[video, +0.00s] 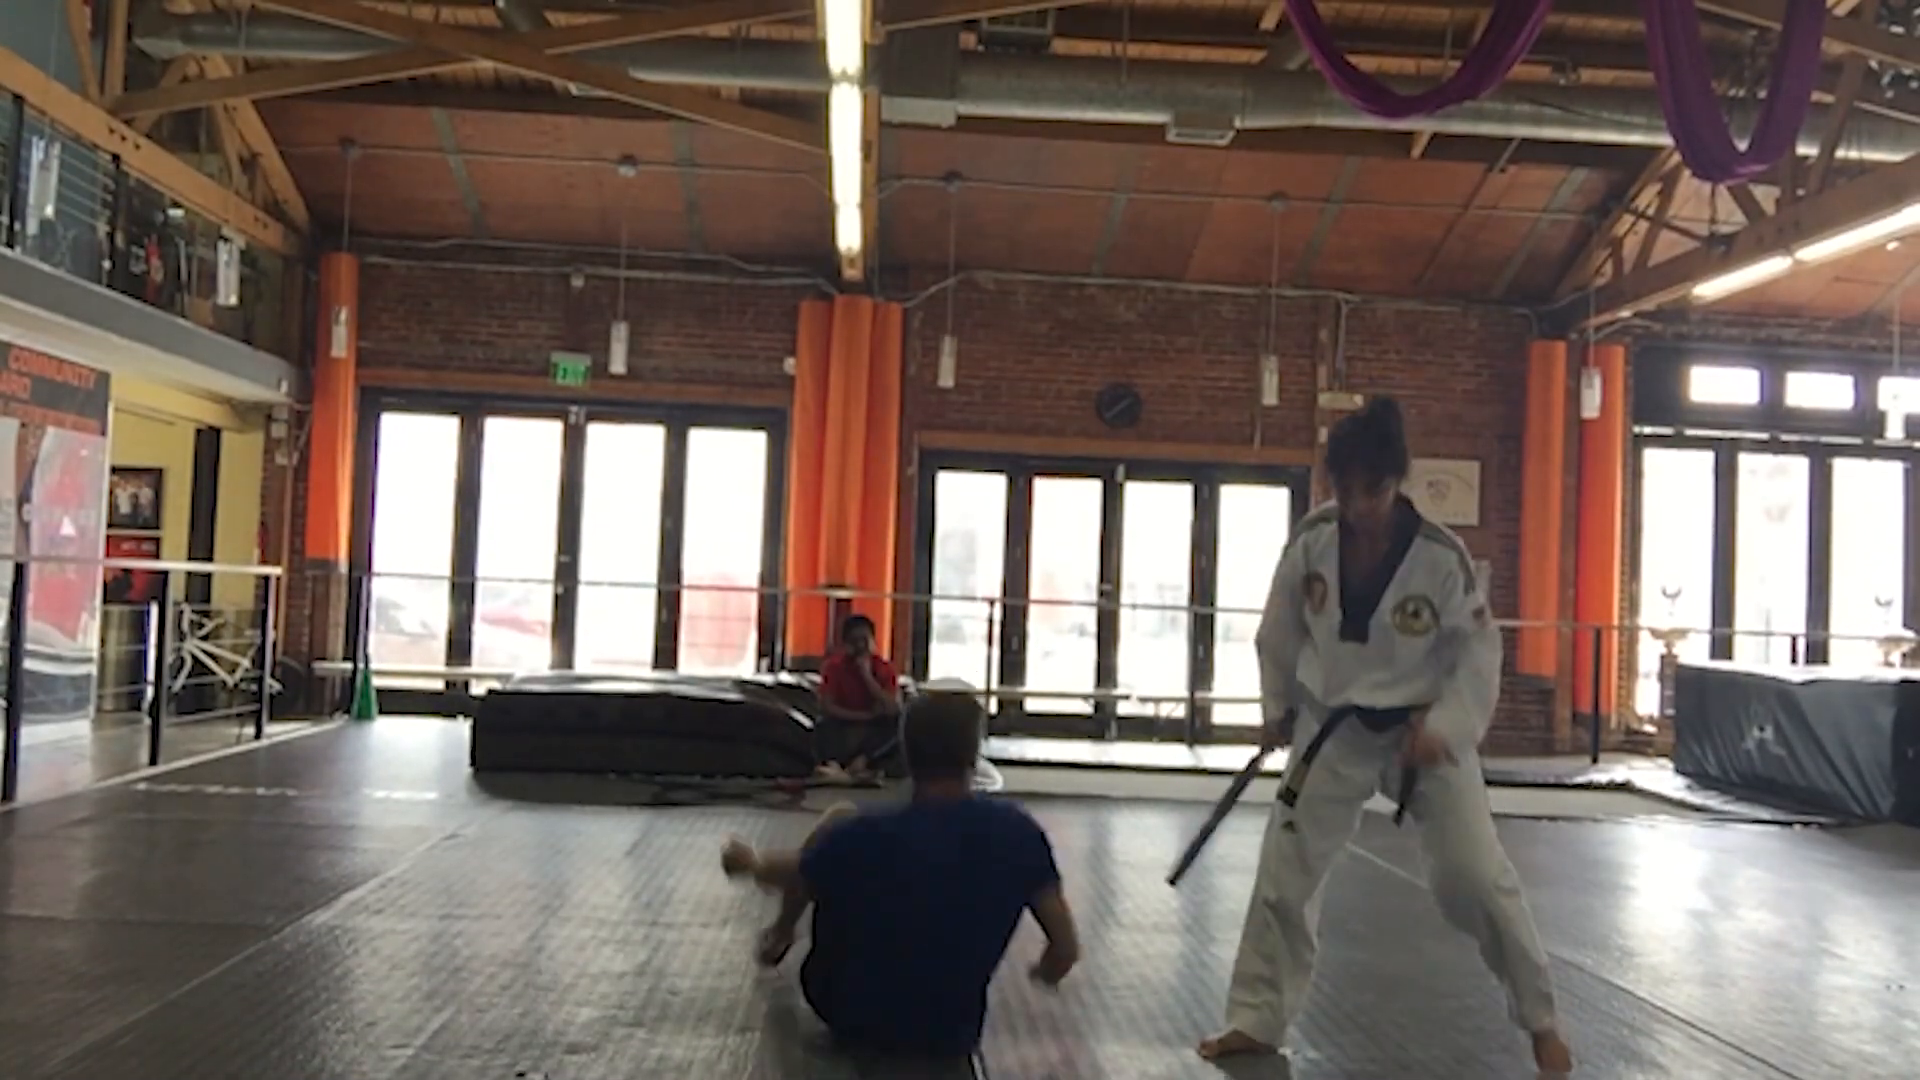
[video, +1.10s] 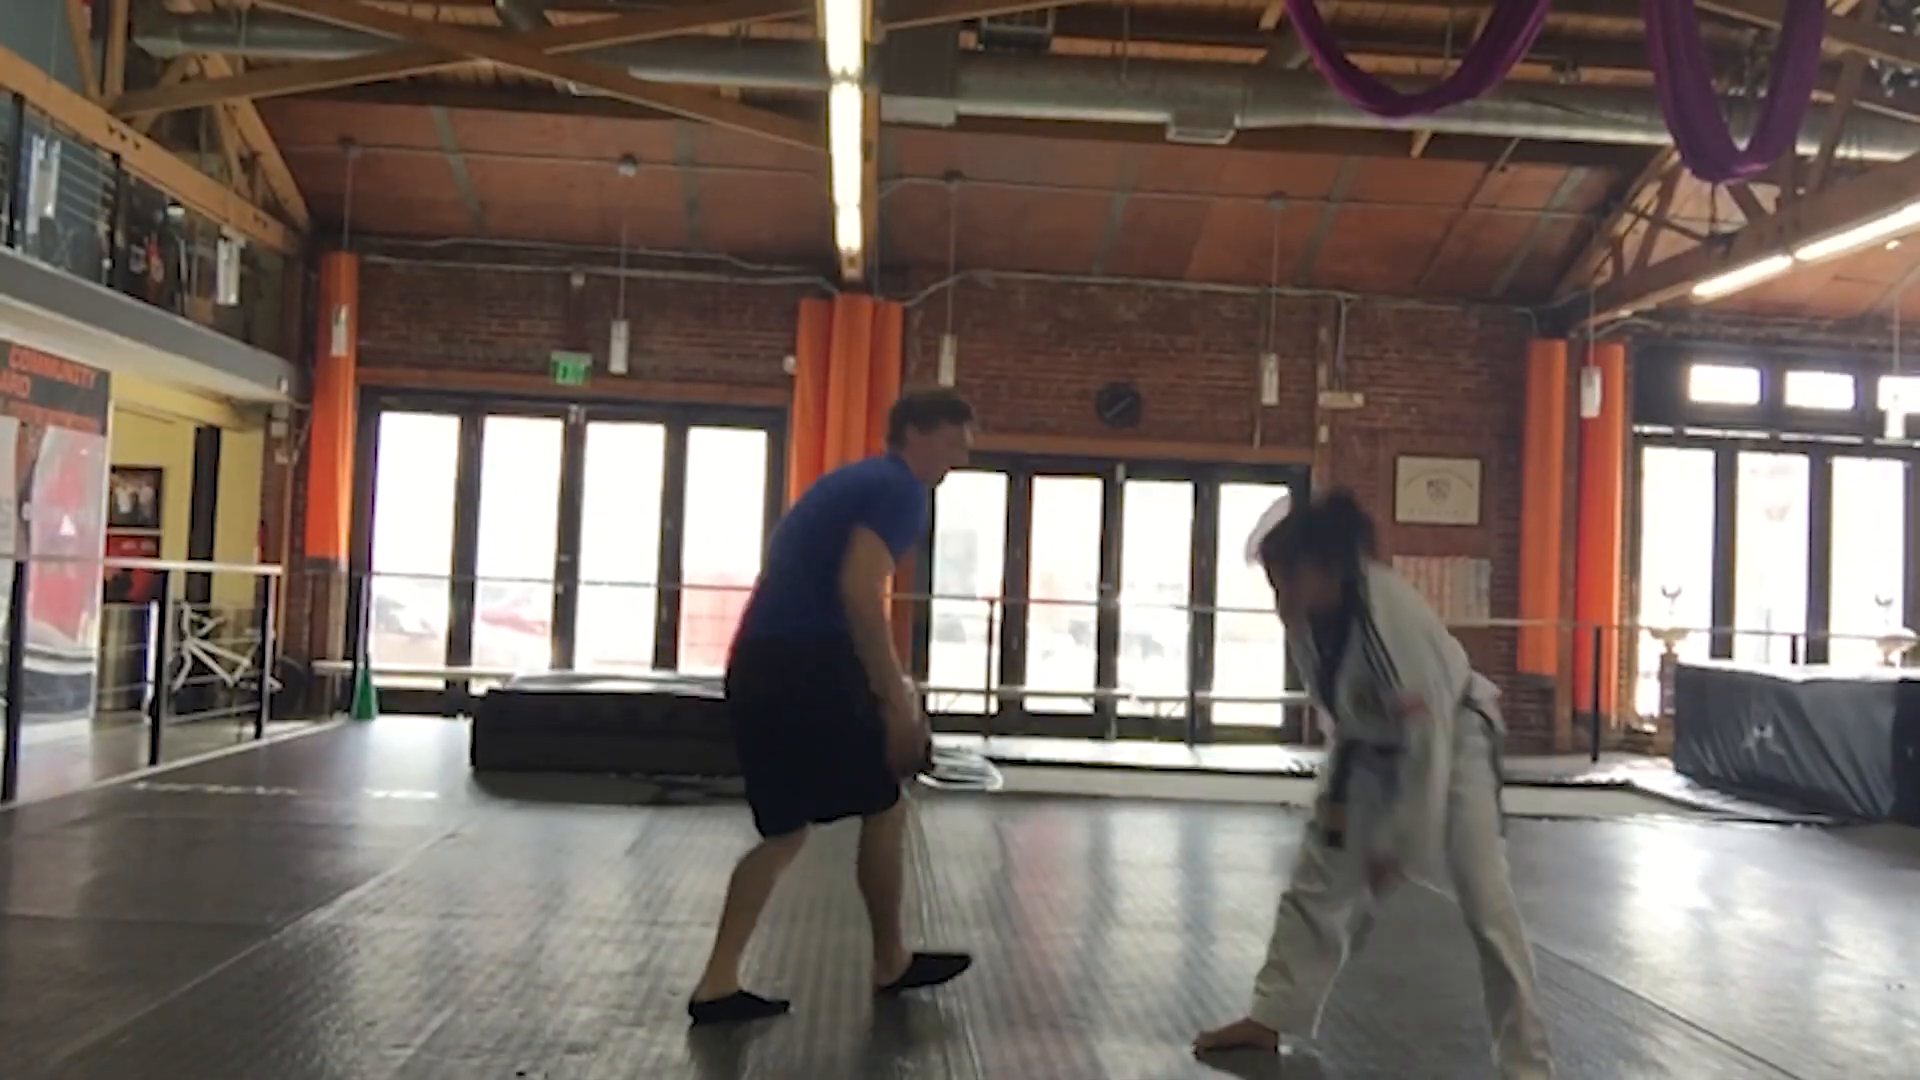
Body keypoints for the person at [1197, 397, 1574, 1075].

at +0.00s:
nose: (1356, 505)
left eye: (1371, 491)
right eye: (1346, 490)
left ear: (1398, 483)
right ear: (1331, 482)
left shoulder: (1442, 558)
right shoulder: (1307, 550)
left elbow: (1479, 656)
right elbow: (1277, 636)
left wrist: (1445, 726)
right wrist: (1277, 709)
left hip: (1427, 728)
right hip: (1334, 727)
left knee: (1475, 878)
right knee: (1281, 876)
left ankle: (1540, 1021)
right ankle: (1257, 1022)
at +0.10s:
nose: (1354, 540)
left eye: (1367, 527)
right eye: (1343, 526)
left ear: (1396, 514)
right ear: (1329, 514)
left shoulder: (1446, 583)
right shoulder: (1313, 563)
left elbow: (1469, 700)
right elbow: (1292, 642)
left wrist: (1442, 785)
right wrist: (1294, 715)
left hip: (1433, 736)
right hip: (1345, 733)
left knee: (1488, 887)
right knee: (1294, 868)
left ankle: (1534, 1056)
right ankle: (1257, 1021)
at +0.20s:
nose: (1359, 603)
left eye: (1373, 591)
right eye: (1348, 589)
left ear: (1399, 577)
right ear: (1332, 576)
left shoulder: (1444, 628)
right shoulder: (1324, 604)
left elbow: (1468, 748)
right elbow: (1328, 699)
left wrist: (1439, 857)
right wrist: (1337, 789)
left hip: (1460, 751)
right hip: (1374, 748)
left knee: (1499, 897)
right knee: (1308, 876)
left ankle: (1525, 1063)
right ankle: (1267, 1023)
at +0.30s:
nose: (1351, 678)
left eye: (1362, 665)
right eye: (1342, 665)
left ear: (1393, 652)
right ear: (1334, 650)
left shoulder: (1452, 684)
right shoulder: (1355, 662)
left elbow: (1466, 819)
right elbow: (1383, 744)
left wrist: (1439, 934)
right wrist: (1370, 816)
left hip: (1493, 756)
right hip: (1412, 753)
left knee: (1516, 903)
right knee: (1350, 878)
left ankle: (1530, 1066)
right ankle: (1269, 1022)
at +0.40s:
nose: (1348, 755)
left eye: (1354, 746)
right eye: (1341, 745)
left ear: (1388, 726)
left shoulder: (1452, 731)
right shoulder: (1374, 691)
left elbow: (1457, 886)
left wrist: (1435, 1003)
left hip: (1515, 767)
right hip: (1413, 770)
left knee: (1531, 916)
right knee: (1347, 898)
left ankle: (1527, 1067)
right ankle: (1269, 1025)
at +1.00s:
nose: (1301, 669)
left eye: (1309, 655)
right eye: (1296, 655)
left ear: (1345, 643)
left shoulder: (1411, 660)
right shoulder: (1341, 662)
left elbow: (1446, 797)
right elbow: (1365, 740)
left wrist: (1428, 917)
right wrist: (1361, 819)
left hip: (1479, 748)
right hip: (1400, 755)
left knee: (1504, 903)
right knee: (1338, 877)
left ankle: (1526, 1063)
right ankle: (1268, 1021)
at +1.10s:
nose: (1281, 589)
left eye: (1290, 575)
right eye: (1277, 576)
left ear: (1332, 569)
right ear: (1288, 573)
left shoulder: (1390, 610)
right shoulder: (1305, 614)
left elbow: (1431, 733)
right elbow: (1341, 710)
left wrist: (1406, 847)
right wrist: (1338, 796)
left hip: (1450, 734)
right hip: (1367, 737)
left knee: (1484, 896)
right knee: (1318, 875)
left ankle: (1525, 1060)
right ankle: (1269, 1020)